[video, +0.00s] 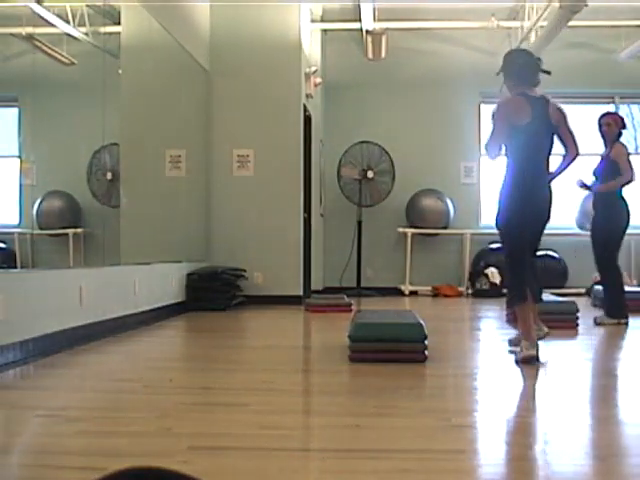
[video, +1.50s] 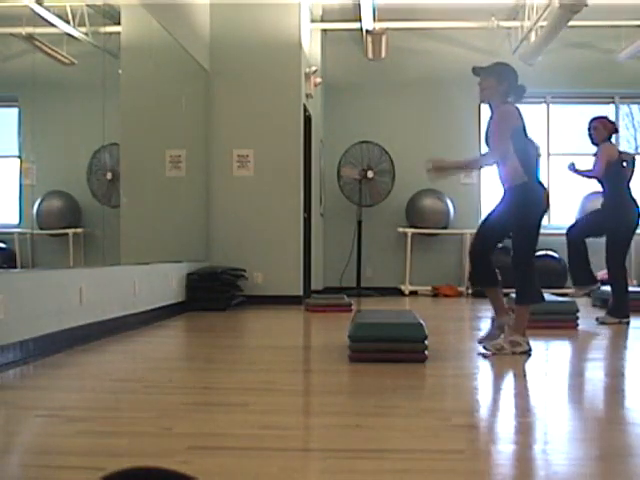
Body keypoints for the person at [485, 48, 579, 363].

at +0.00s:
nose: (503, 81)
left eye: (503, 76)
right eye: (505, 76)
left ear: (507, 76)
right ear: (536, 75)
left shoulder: (506, 106)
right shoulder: (551, 108)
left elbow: (491, 150)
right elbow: (573, 151)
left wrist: (498, 141)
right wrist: (553, 174)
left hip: (516, 190)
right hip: (542, 190)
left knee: (516, 264)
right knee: (525, 260)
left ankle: (528, 342)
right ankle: (533, 323)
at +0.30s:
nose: (490, 83)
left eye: (495, 78)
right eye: (491, 78)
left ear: (509, 81)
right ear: (510, 81)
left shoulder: (518, 109)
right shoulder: (512, 111)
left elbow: (546, 142)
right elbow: (516, 160)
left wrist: (523, 169)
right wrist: (488, 183)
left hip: (529, 190)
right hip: (530, 189)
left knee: (496, 252)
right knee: (532, 258)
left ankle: (527, 318)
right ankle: (540, 327)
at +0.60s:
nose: (483, 86)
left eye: (488, 81)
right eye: (484, 81)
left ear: (504, 84)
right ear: (504, 85)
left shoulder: (510, 113)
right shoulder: (513, 112)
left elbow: (507, 158)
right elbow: (537, 152)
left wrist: (463, 156)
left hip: (528, 194)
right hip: (528, 193)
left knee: (523, 260)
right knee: (496, 254)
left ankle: (527, 335)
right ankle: (523, 328)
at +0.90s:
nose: (484, 88)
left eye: (489, 83)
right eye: (485, 83)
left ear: (504, 84)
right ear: (500, 85)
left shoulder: (515, 114)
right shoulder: (508, 115)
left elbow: (512, 168)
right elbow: (506, 167)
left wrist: (504, 212)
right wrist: (501, 210)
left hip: (519, 196)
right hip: (510, 195)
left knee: (517, 262)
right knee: (501, 261)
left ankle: (527, 335)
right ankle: (512, 329)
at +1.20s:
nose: (477, 85)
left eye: (482, 80)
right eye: (478, 80)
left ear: (499, 86)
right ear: (494, 87)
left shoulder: (507, 115)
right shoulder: (492, 123)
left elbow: (545, 137)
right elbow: (471, 160)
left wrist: (568, 177)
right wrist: (434, 164)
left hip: (524, 194)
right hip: (520, 195)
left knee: (486, 249)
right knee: (517, 259)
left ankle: (508, 318)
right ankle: (517, 332)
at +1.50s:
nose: (479, 86)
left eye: (484, 82)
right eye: (480, 82)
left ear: (501, 86)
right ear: (497, 87)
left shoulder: (504, 113)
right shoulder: (502, 115)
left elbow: (498, 154)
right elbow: (494, 157)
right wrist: (458, 169)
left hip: (524, 194)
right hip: (520, 194)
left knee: (522, 262)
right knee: (479, 250)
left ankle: (517, 336)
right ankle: (502, 319)